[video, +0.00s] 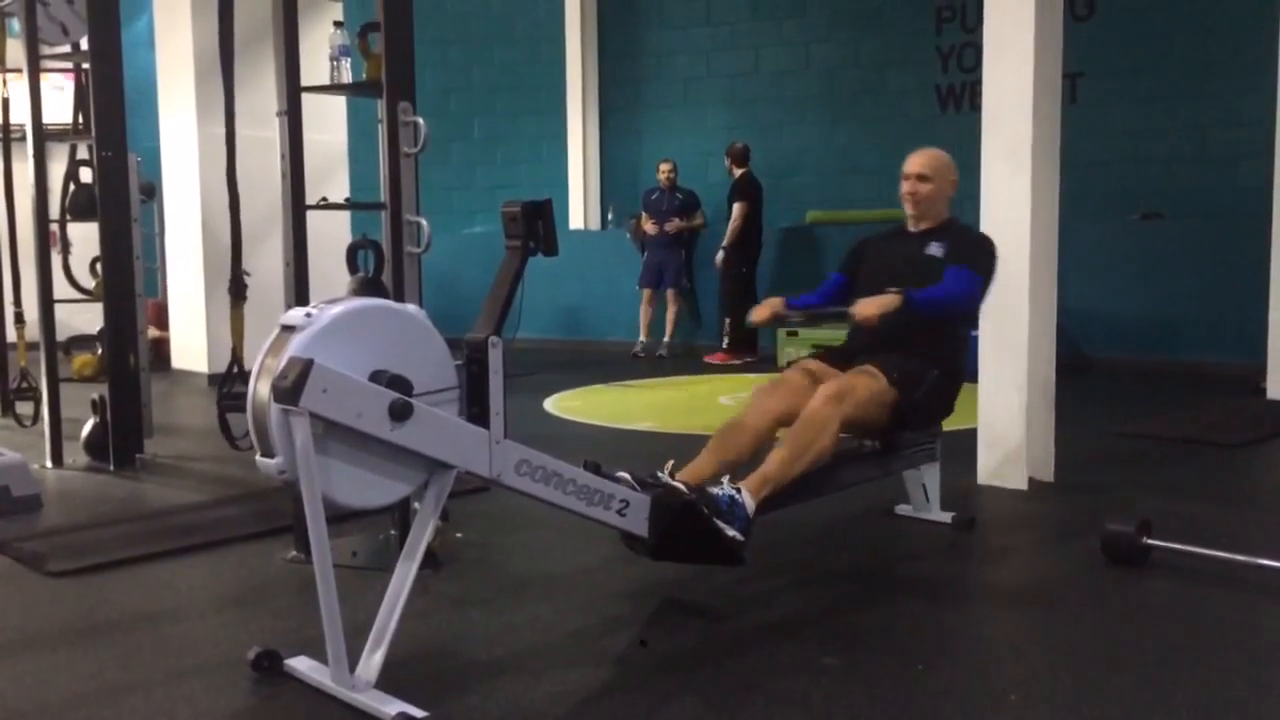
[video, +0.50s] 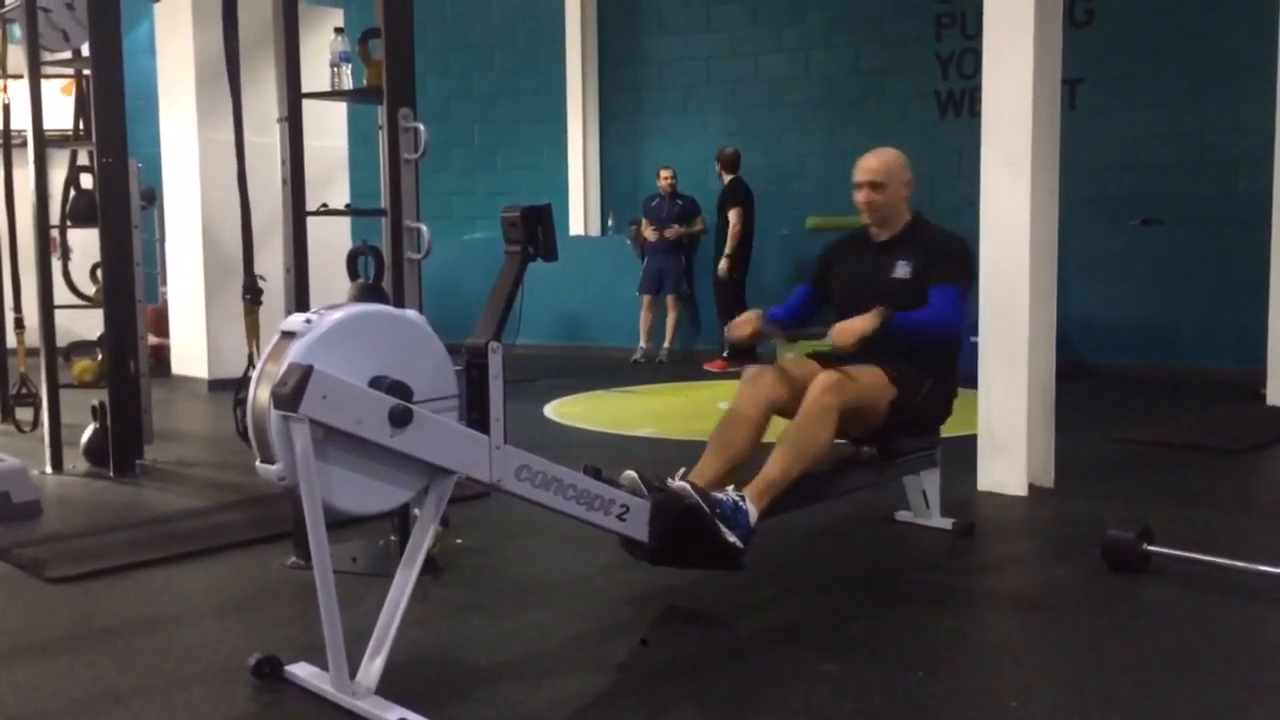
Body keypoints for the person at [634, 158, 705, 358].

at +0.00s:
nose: (667, 175)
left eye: (670, 172)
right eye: (663, 172)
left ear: (676, 174)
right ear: (658, 174)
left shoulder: (687, 196)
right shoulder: (649, 195)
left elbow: (700, 220)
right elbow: (644, 219)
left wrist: (682, 225)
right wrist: (646, 226)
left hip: (675, 253)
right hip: (653, 252)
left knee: (672, 296)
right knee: (647, 295)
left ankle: (666, 342)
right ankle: (642, 339)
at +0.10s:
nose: (667, 176)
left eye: (670, 173)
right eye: (663, 173)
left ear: (676, 175)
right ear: (658, 175)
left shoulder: (688, 197)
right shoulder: (649, 197)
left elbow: (699, 222)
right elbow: (644, 222)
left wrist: (682, 226)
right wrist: (647, 227)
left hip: (675, 254)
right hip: (653, 253)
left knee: (671, 297)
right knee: (647, 296)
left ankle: (666, 342)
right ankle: (642, 340)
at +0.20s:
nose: (667, 177)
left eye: (670, 173)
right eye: (663, 174)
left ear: (675, 176)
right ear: (658, 176)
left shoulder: (687, 198)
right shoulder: (649, 198)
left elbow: (700, 223)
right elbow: (644, 222)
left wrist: (682, 227)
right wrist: (647, 228)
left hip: (675, 254)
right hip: (653, 254)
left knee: (671, 297)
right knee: (647, 297)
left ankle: (666, 343)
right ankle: (642, 341)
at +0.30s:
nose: (667, 179)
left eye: (671, 175)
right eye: (663, 176)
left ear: (676, 178)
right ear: (658, 178)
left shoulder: (687, 200)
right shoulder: (649, 199)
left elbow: (700, 224)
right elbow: (644, 224)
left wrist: (681, 228)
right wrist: (647, 230)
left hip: (675, 256)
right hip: (653, 255)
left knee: (671, 299)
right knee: (647, 298)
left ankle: (666, 344)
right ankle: (642, 342)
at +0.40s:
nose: (669, 181)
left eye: (672, 177)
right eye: (665, 177)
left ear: (676, 179)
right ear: (659, 180)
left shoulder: (688, 201)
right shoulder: (650, 201)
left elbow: (701, 225)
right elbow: (644, 225)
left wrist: (682, 230)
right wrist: (647, 231)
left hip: (675, 257)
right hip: (653, 256)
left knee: (672, 300)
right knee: (647, 299)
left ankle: (666, 346)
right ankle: (642, 344)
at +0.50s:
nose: (669, 182)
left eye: (672, 178)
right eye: (665, 178)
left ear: (676, 180)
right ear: (658, 181)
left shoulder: (688, 202)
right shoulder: (650, 202)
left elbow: (700, 226)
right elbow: (644, 226)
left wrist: (681, 231)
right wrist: (647, 232)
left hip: (675, 258)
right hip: (653, 257)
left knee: (671, 301)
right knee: (647, 301)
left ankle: (666, 347)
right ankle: (642, 345)